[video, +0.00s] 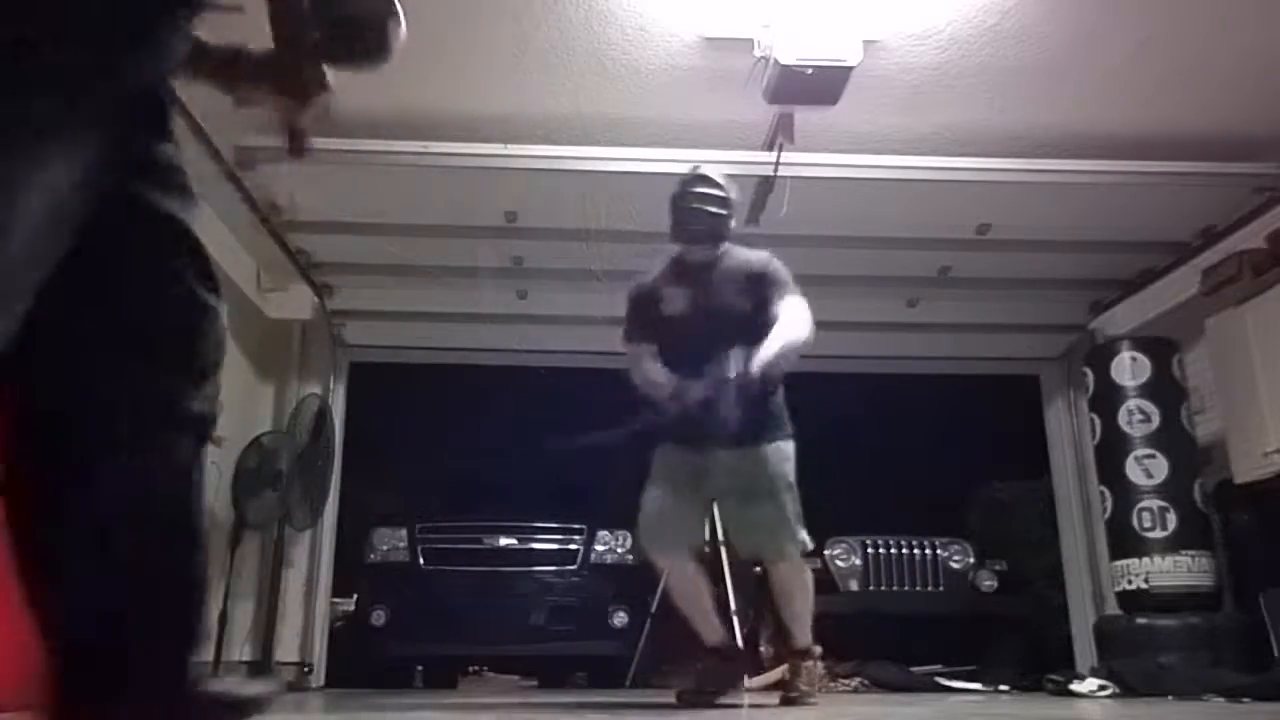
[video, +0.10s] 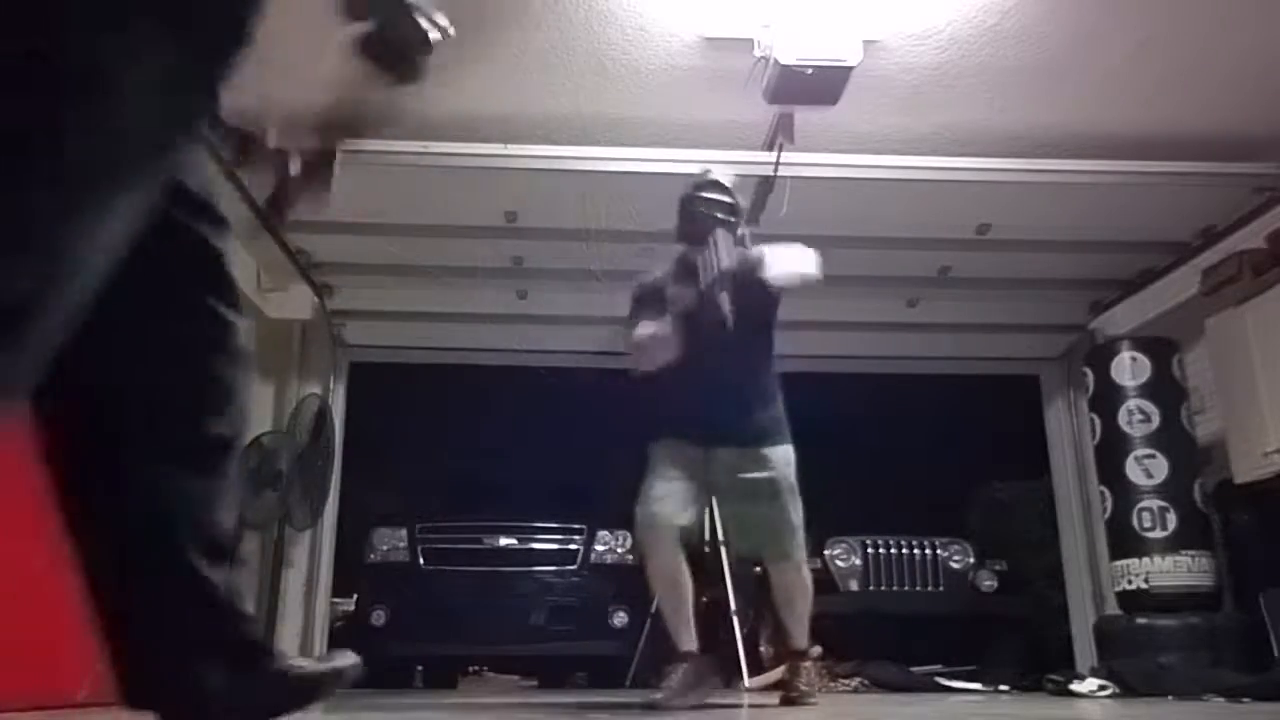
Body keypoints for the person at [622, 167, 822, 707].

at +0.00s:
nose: (698, 228)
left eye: (710, 218)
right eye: (688, 217)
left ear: (728, 222)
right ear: (673, 219)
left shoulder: (760, 271)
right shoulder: (650, 293)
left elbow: (796, 323)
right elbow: (641, 362)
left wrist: (756, 373)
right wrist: (676, 392)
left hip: (758, 442)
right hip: (684, 444)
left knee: (781, 544)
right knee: (663, 540)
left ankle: (805, 659)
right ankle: (720, 655)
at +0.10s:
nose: (707, 229)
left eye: (718, 219)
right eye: (697, 218)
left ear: (734, 226)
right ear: (680, 225)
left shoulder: (758, 269)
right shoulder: (658, 286)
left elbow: (809, 263)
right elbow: (643, 355)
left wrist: (749, 261)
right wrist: (682, 305)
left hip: (758, 437)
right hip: (682, 439)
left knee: (787, 548)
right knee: (656, 526)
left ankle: (801, 660)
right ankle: (689, 659)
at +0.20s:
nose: (707, 239)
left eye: (717, 230)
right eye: (698, 230)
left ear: (734, 229)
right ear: (679, 231)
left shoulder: (757, 270)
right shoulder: (661, 282)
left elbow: (796, 218)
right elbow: (626, 337)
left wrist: (738, 198)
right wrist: (675, 291)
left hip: (757, 443)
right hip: (680, 446)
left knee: (788, 560)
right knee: (654, 529)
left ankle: (799, 661)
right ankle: (690, 663)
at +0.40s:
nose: (653, 204)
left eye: (665, 192)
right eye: (647, 196)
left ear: (693, 196)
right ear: (644, 210)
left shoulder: (728, 247)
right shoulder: (649, 271)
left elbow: (722, 235)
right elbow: (597, 308)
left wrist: (663, 186)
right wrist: (583, 270)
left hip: (753, 429)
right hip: (681, 432)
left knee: (773, 559)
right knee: (651, 543)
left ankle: (787, 647)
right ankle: (689, 669)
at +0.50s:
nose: (645, 198)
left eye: (655, 186)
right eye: (639, 188)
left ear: (681, 191)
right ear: (629, 195)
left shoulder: (708, 227)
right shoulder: (635, 263)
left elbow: (644, 225)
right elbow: (577, 295)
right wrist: (585, 228)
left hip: (750, 410)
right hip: (682, 417)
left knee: (759, 538)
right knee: (651, 542)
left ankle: (796, 631)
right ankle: (690, 669)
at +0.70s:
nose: (631, 185)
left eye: (641, 175)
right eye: (627, 175)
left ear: (670, 170)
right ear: (620, 177)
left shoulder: (707, 205)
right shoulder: (629, 246)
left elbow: (642, 185)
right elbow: (561, 257)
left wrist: (577, 178)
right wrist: (544, 203)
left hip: (758, 375)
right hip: (688, 404)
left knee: (721, 488)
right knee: (650, 535)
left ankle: (741, 665)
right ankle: (699, 666)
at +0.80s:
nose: (621, 175)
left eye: (632, 162)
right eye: (619, 164)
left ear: (666, 164)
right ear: (625, 174)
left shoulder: (705, 211)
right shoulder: (636, 244)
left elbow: (699, 183)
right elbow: (585, 253)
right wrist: (561, 230)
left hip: (759, 369)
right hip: (695, 396)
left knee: (696, 497)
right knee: (644, 531)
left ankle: (724, 668)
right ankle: (735, 663)